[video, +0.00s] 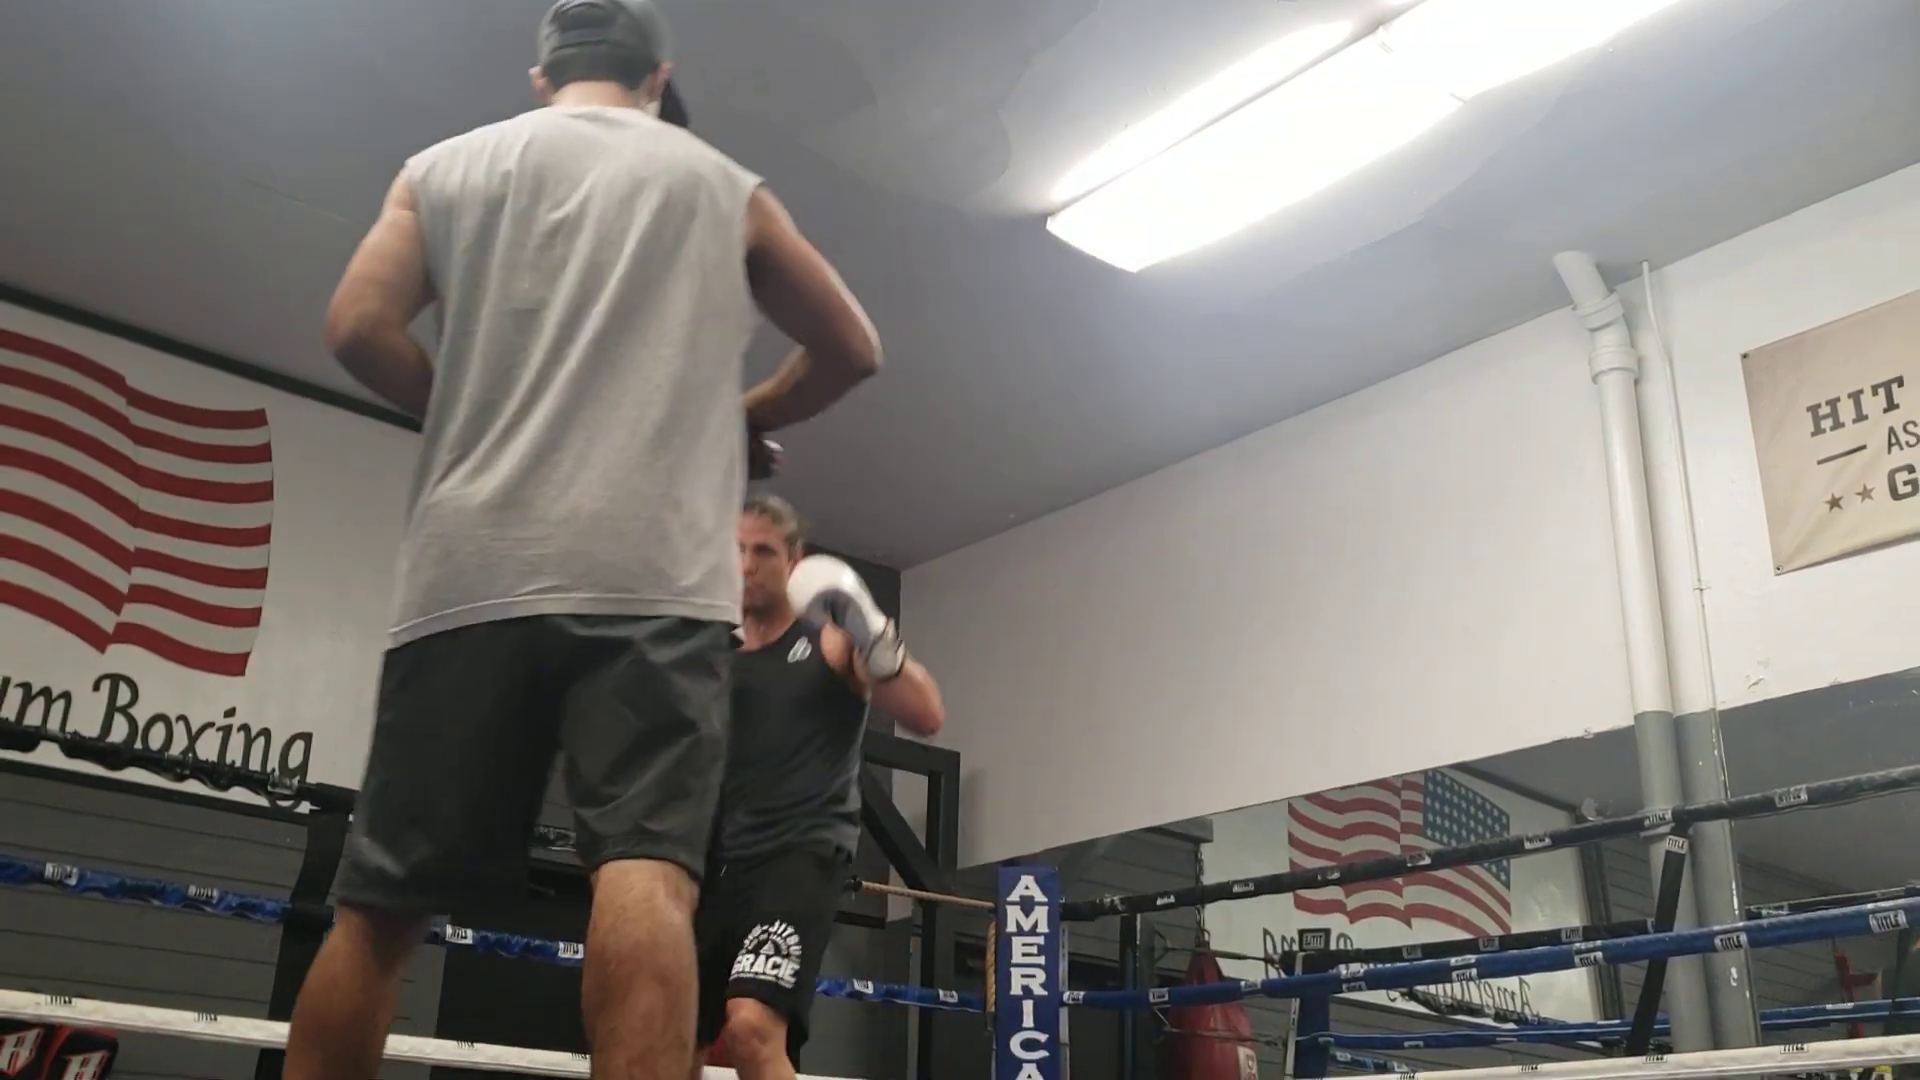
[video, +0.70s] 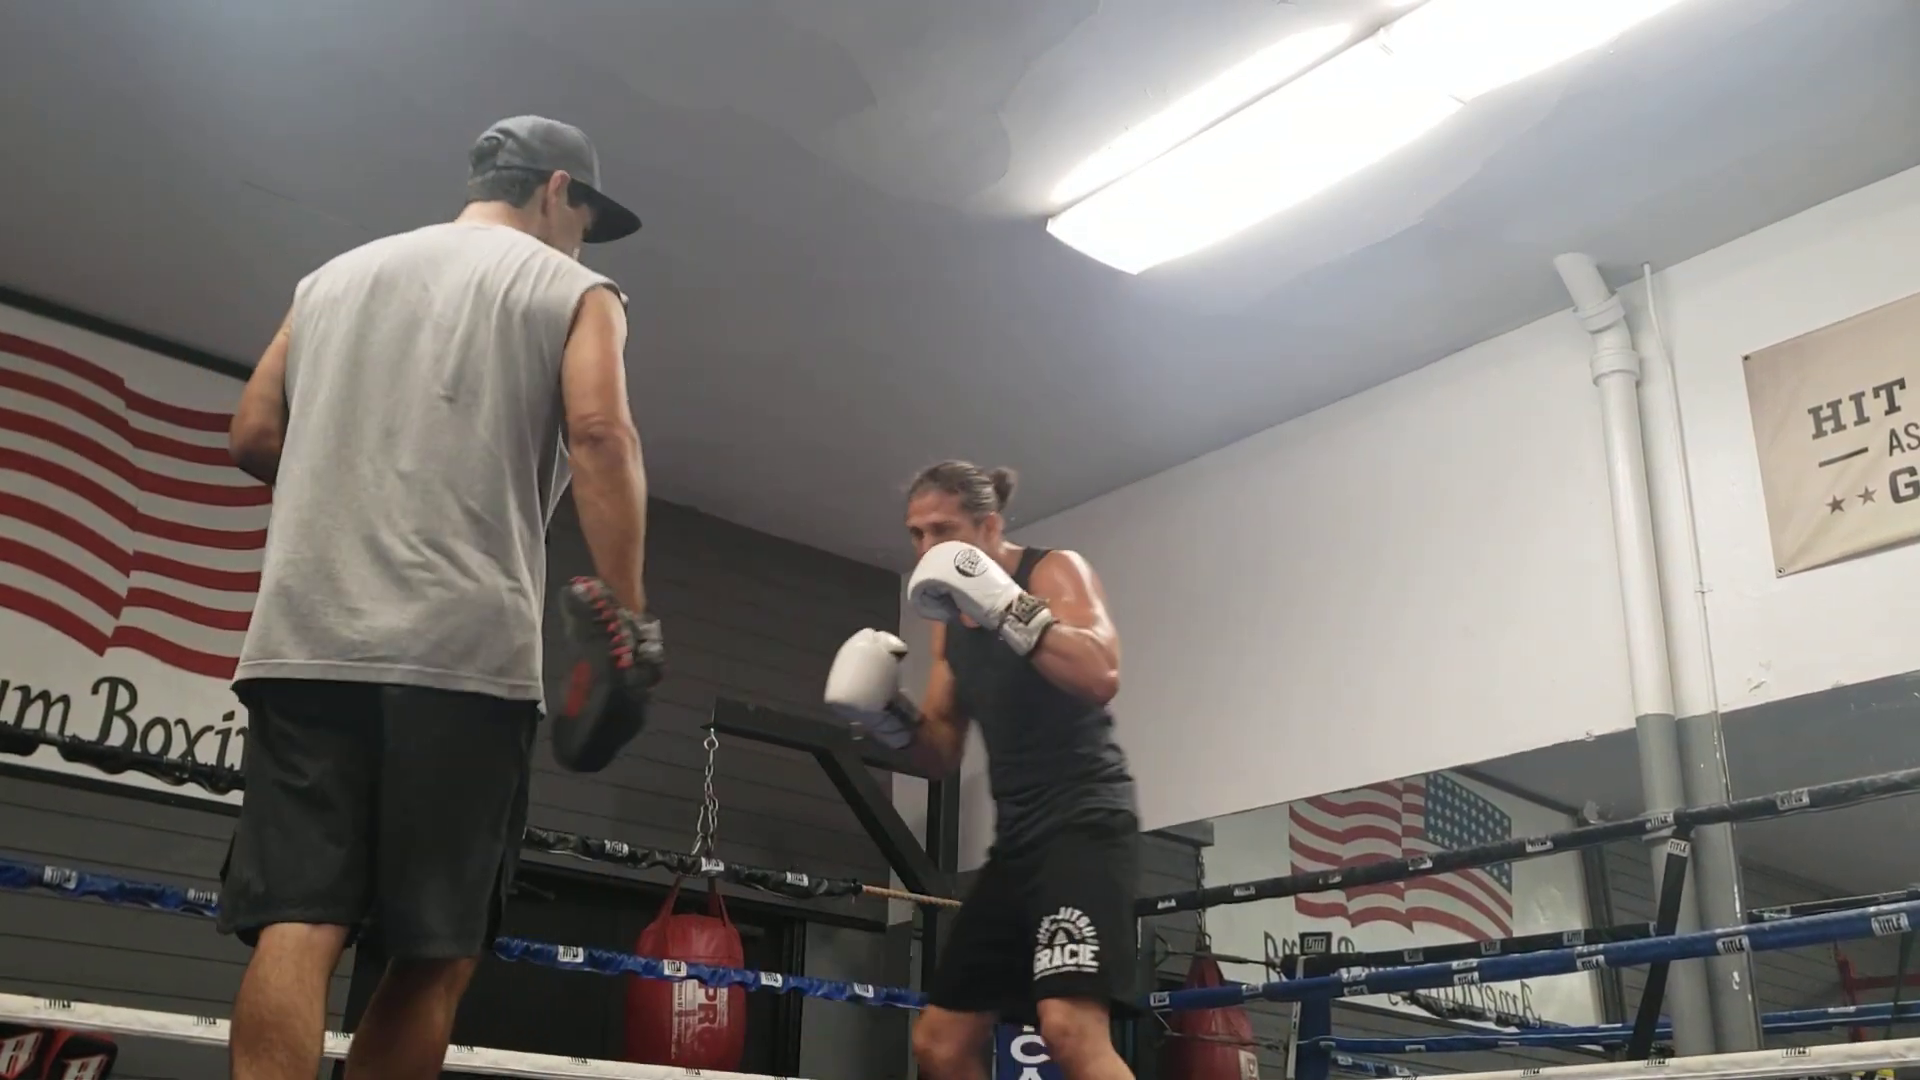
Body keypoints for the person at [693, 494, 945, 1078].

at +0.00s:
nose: (748, 565)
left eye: (763, 551)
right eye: (738, 549)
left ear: (795, 560)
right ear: (722, 556)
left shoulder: (830, 637)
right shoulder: (712, 647)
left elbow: (928, 715)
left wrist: (871, 631)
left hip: (804, 847)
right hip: (718, 853)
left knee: (749, 1030)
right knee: (703, 1040)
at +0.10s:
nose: (769, 517)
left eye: (786, 504)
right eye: (758, 503)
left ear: (820, 512)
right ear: (746, 511)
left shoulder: (854, 584)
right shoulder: (740, 603)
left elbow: (950, 664)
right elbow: (692, 714)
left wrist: (893, 580)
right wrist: (701, 612)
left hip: (836, 801)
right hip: (756, 805)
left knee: (793, 996)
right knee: (711, 1020)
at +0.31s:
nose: (832, 525)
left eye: (847, 510)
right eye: (821, 509)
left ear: (877, 524)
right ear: (802, 522)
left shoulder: (903, 604)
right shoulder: (781, 600)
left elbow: (985, 701)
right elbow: (714, 700)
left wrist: (935, 601)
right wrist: (737, 598)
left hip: (884, 803)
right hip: (805, 818)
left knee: (883, 972)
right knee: (756, 1047)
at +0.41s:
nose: (854, 565)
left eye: (872, 552)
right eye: (844, 549)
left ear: (905, 565)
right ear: (829, 555)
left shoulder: (936, 635)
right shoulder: (808, 650)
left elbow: (1002, 753)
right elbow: (745, 742)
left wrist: (954, 659)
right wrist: (760, 658)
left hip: (913, 842)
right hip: (834, 864)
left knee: (937, 1002)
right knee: (755, 1061)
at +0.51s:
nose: (878, 563)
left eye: (896, 548)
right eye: (869, 547)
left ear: (933, 554)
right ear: (858, 551)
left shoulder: (984, 617)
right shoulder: (853, 647)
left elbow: (1042, 739)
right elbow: (804, 772)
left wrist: (974, 652)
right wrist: (803, 691)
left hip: (971, 841)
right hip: (891, 857)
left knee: (1001, 1032)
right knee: (809, 1057)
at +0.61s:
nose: (901, 552)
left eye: (917, 533)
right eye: (891, 537)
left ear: (962, 532)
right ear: (883, 540)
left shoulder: (1025, 586)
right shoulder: (907, 621)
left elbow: (1081, 697)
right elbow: (883, 770)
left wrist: (989, 618)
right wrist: (842, 717)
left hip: (1040, 835)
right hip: (964, 851)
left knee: (1052, 1035)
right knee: (891, 1055)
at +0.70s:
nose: (924, 550)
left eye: (936, 530)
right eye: (916, 536)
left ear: (987, 523)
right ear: (916, 537)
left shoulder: (1054, 570)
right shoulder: (951, 622)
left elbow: (1100, 676)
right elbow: (941, 754)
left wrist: (1001, 602)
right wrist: (883, 712)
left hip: (1087, 819)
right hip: (1017, 838)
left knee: (1071, 1028)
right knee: (941, 1044)